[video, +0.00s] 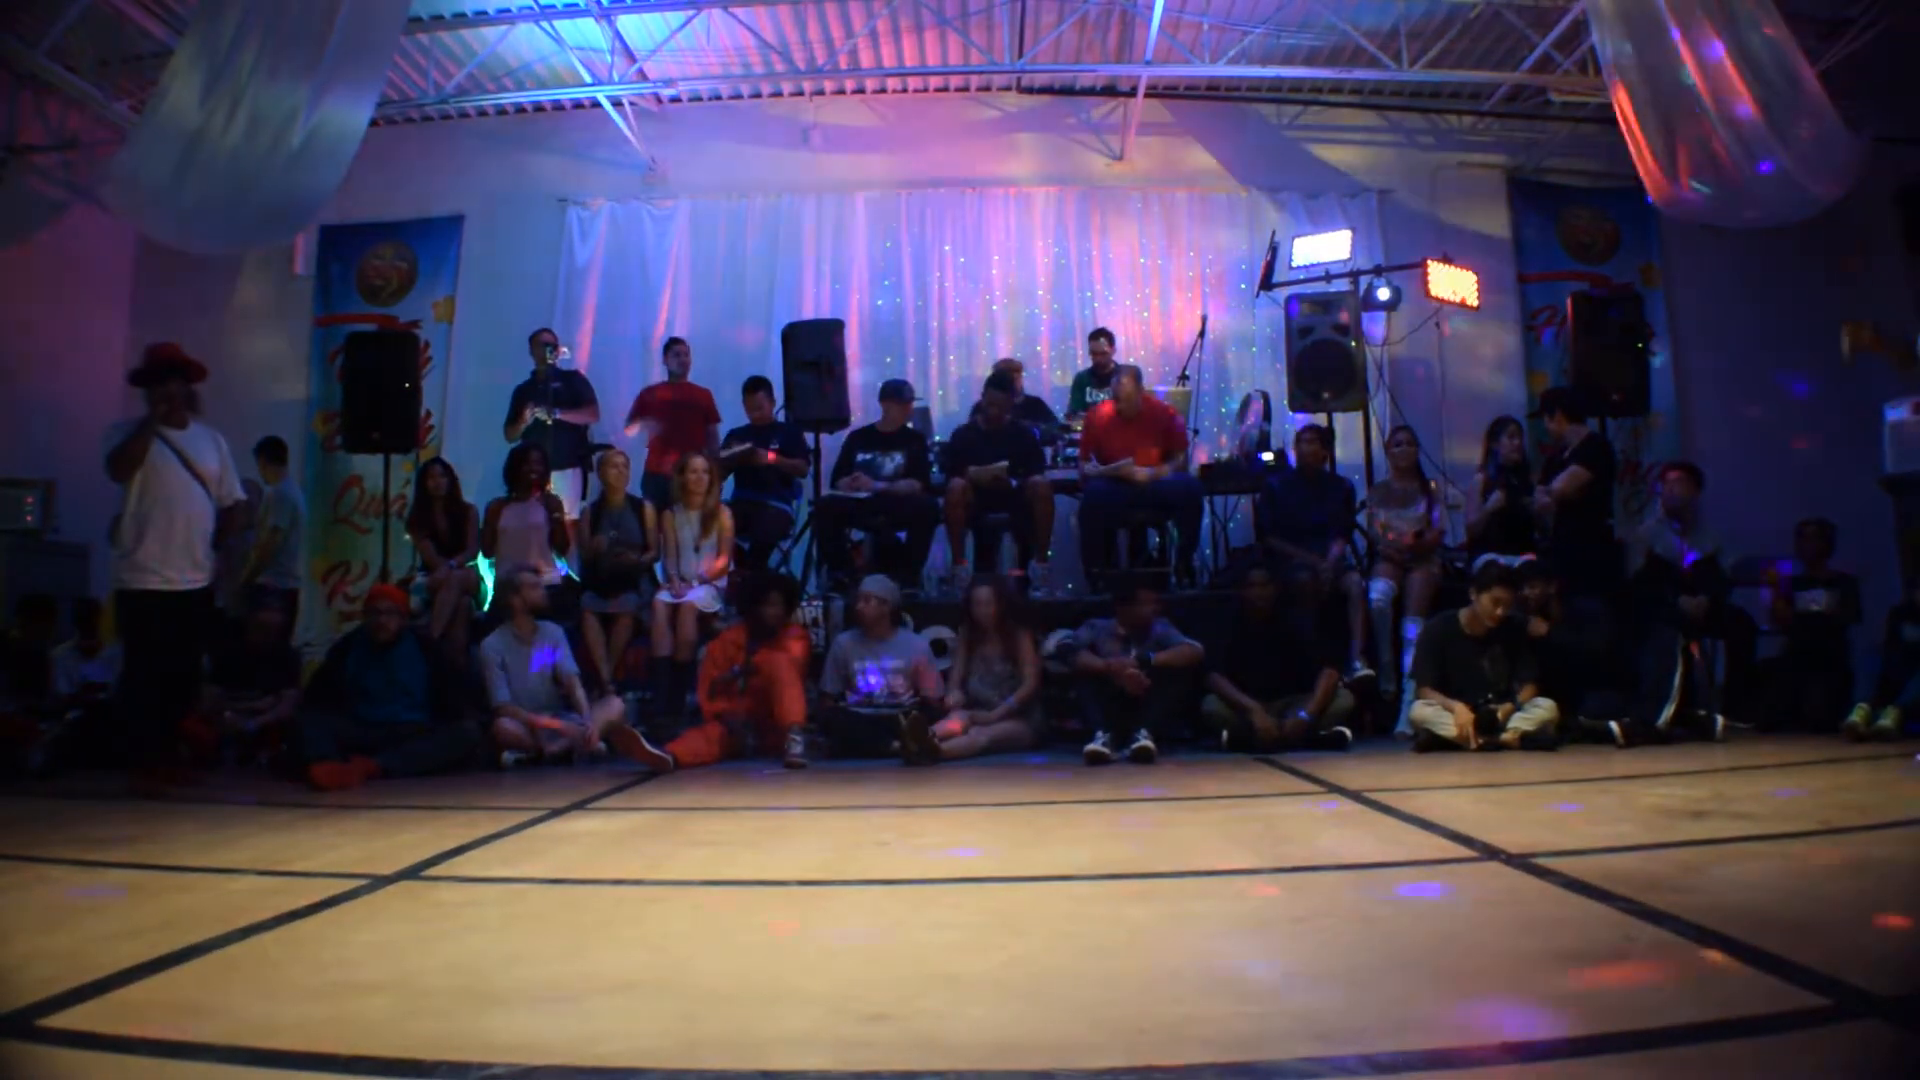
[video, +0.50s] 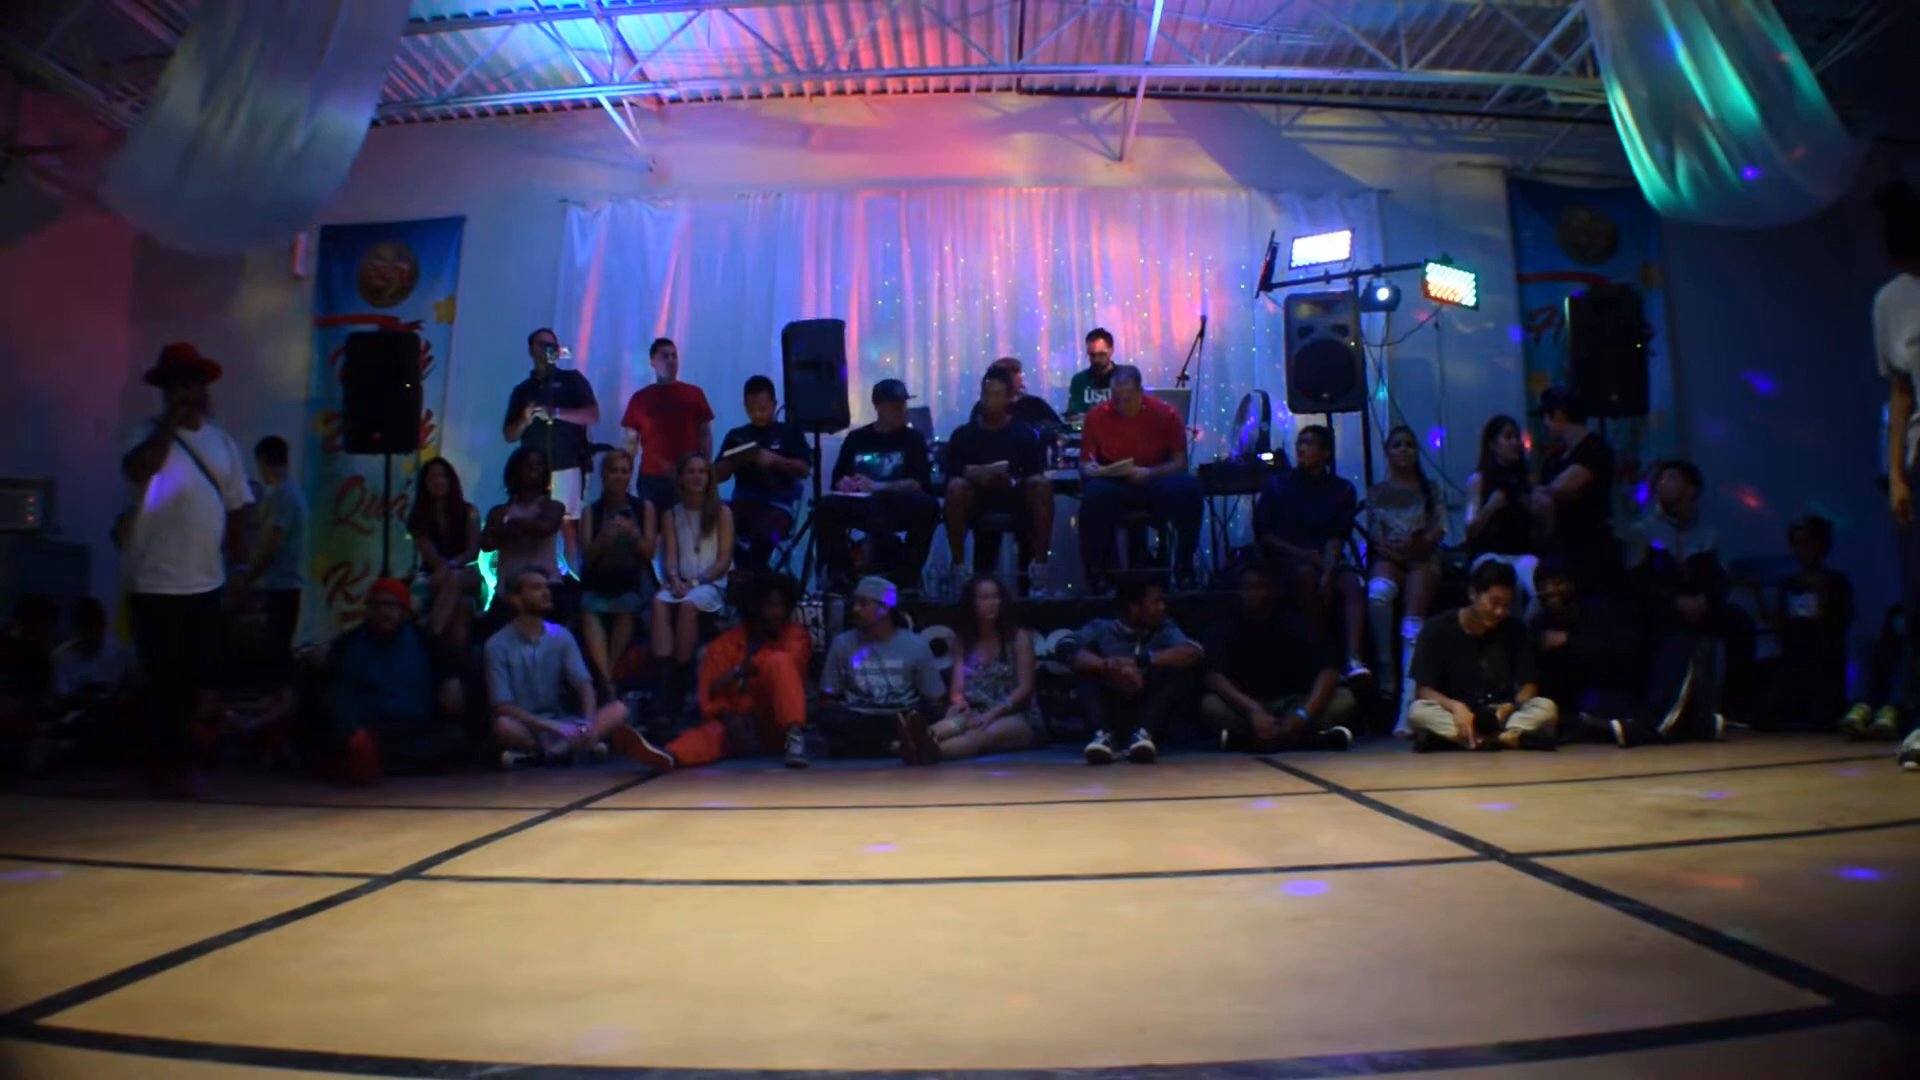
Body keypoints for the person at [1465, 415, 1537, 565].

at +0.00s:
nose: (1517, 443)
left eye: (1519, 438)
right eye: (1511, 438)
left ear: (1523, 441)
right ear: (1495, 444)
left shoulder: (1527, 477)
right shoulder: (1482, 480)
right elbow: (1472, 527)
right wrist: (1490, 507)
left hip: (1523, 550)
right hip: (1490, 550)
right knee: (1495, 569)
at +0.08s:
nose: (1517, 443)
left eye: (1519, 438)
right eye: (1511, 437)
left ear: (1523, 441)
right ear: (1494, 444)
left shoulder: (1527, 477)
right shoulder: (1481, 480)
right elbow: (1472, 526)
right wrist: (1490, 508)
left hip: (1523, 549)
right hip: (1490, 549)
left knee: (1534, 570)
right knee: (1496, 572)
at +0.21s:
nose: (1515, 443)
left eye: (1516, 438)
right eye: (1508, 438)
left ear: (1520, 440)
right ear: (1491, 445)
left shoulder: (1525, 477)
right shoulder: (1480, 480)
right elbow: (1470, 529)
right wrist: (1490, 506)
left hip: (1522, 550)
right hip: (1489, 551)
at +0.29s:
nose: (1514, 443)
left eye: (1515, 438)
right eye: (1506, 438)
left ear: (1519, 441)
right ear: (1490, 446)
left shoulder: (1524, 477)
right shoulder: (1479, 479)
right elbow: (1470, 528)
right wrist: (1488, 508)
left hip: (1521, 548)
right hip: (1489, 549)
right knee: (1491, 571)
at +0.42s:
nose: (1515, 443)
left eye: (1517, 437)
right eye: (1508, 437)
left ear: (1521, 440)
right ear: (1492, 444)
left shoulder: (1526, 476)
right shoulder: (1479, 479)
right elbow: (1470, 528)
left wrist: (1542, 507)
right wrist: (1491, 507)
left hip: (1524, 551)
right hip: (1491, 551)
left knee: (1530, 579)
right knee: (1494, 578)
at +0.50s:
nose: (1516, 443)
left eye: (1517, 437)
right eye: (1508, 437)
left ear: (1521, 441)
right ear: (1492, 444)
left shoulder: (1526, 477)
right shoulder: (1479, 480)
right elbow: (1471, 528)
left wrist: (1540, 507)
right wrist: (1492, 507)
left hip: (1523, 551)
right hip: (1490, 551)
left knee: (1535, 570)